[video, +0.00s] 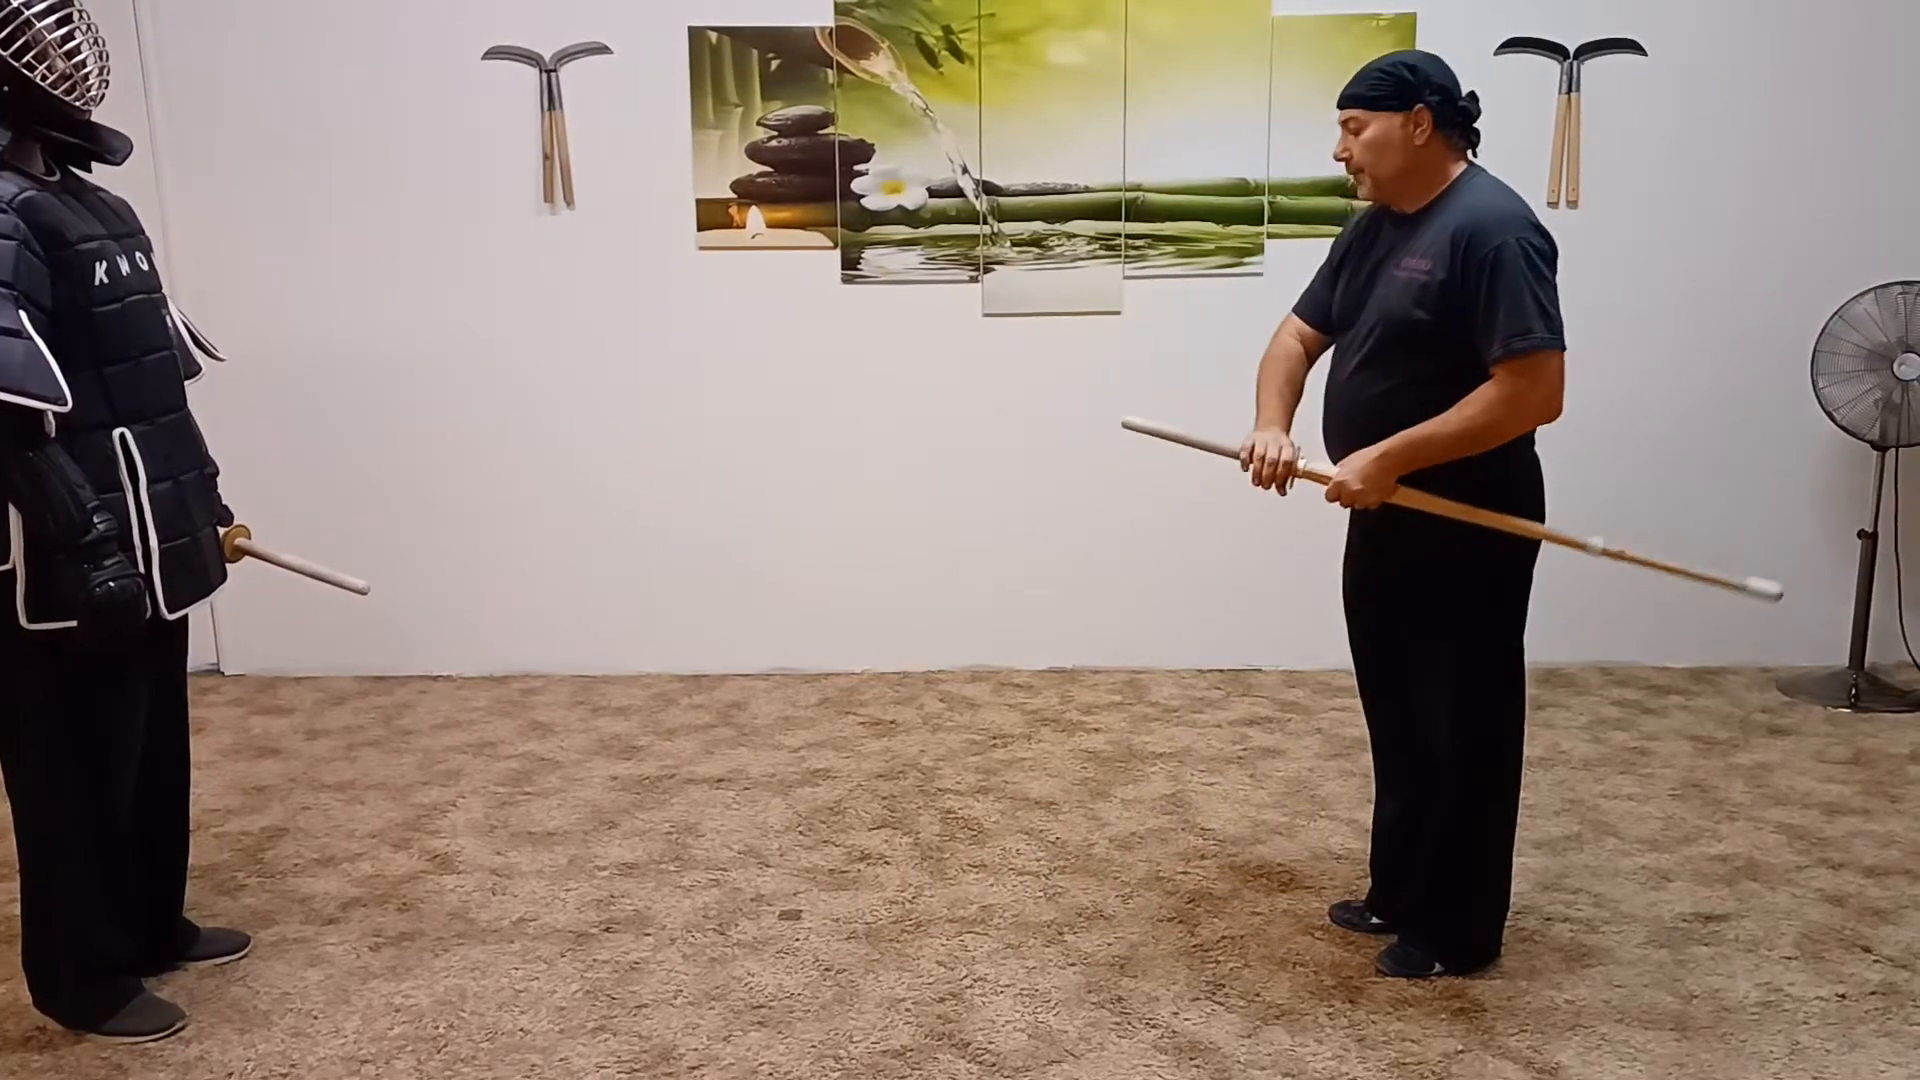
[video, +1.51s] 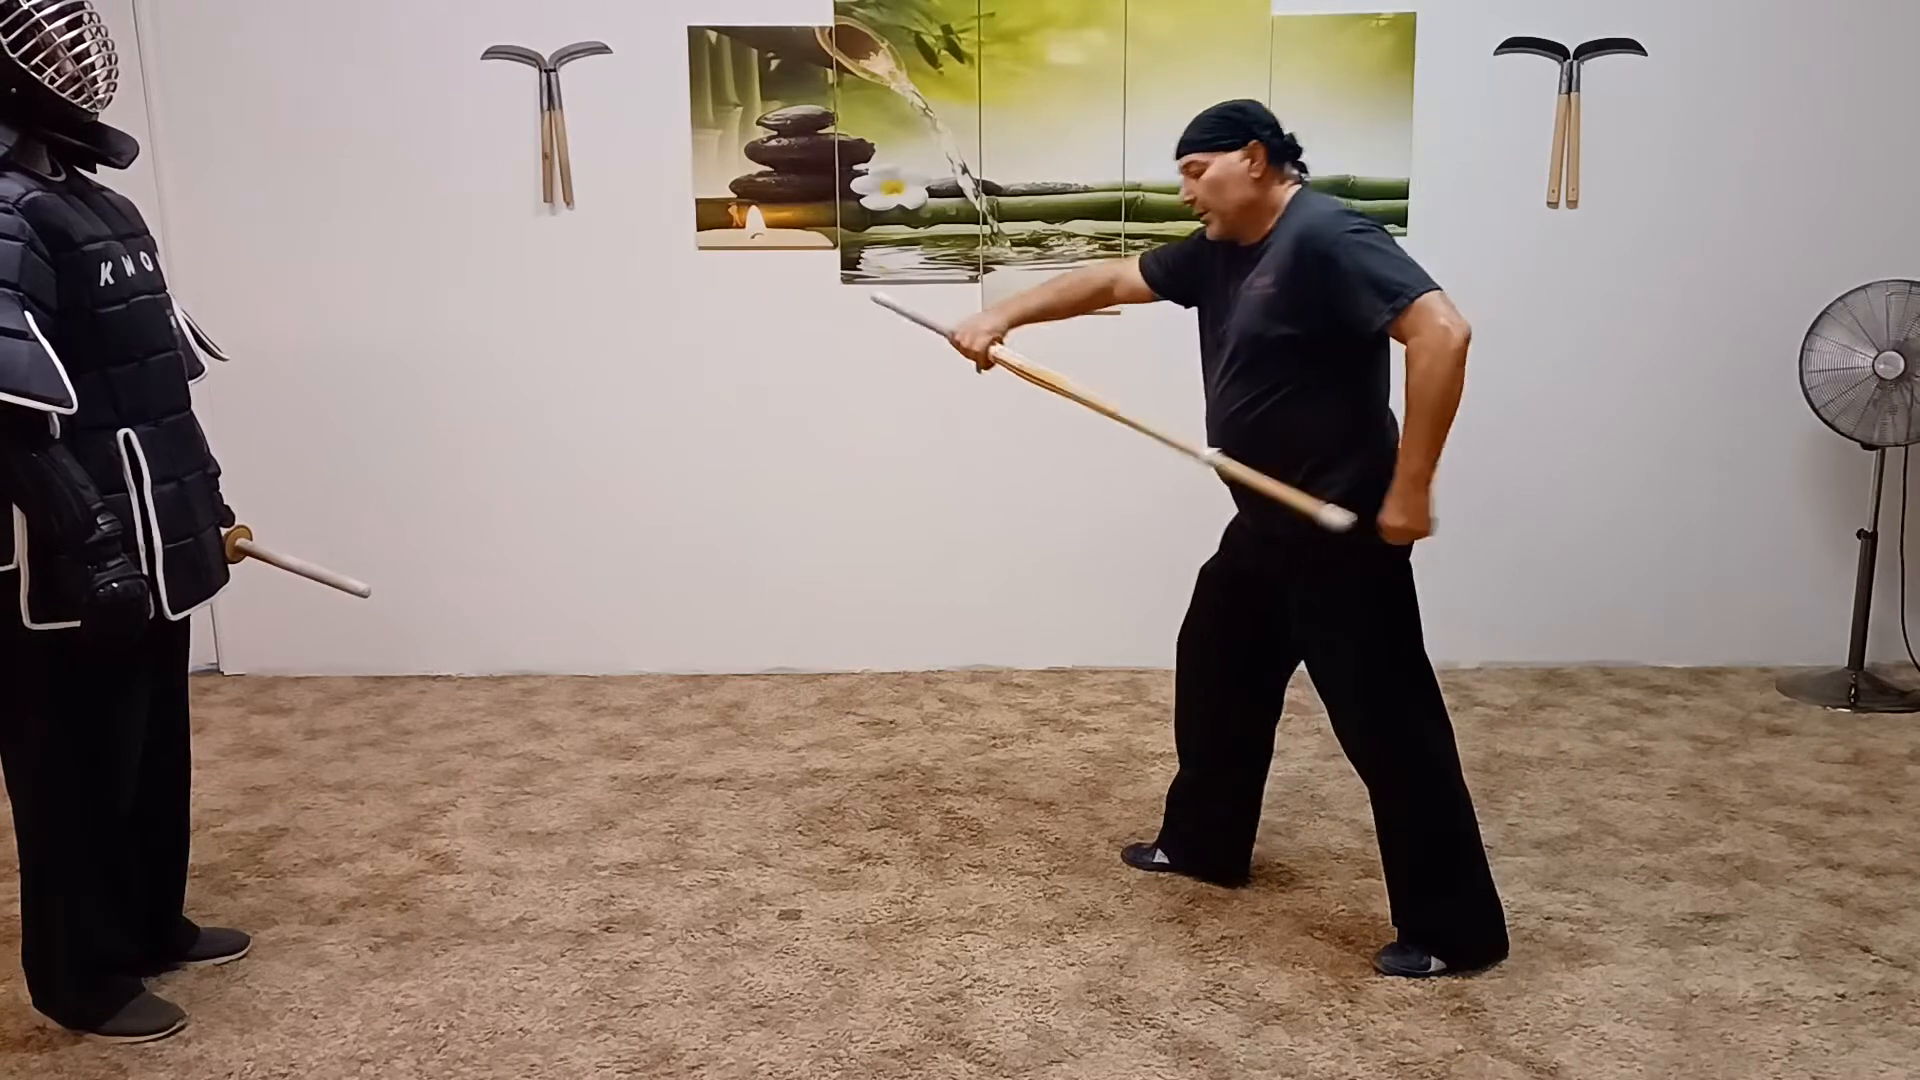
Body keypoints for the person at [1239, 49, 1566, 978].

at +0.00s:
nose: (1342, 150)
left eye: (1356, 128)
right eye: (1341, 131)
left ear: (1418, 124)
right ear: (1404, 132)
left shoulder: (1495, 227)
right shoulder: (1373, 228)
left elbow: (1533, 389)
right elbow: (1295, 339)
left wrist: (1391, 455)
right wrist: (1274, 426)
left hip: (1472, 518)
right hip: (1385, 509)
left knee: (1464, 718)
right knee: (1396, 710)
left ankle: (1459, 930)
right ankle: (1401, 897)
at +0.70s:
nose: (1346, 156)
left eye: (1358, 136)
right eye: (1347, 137)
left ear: (1418, 136)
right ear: (1409, 141)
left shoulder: (1489, 237)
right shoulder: (1390, 231)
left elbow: (1542, 394)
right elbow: (1303, 340)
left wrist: (1395, 462)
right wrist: (1253, 425)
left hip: (1451, 523)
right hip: (1374, 512)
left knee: (1435, 724)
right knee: (1321, 679)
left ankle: (1452, 933)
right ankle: (1265, 843)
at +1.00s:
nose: (1302, 164)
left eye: (1316, 145)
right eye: (1303, 147)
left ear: (1373, 146)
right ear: (1358, 151)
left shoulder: (1441, 241)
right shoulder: (1339, 247)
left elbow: (1515, 379)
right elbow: (1240, 328)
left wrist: (1387, 474)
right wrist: (1146, 399)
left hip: (1409, 530)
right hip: (1337, 519)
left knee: (1404, 725)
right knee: (1296, 689)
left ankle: (1452, 931)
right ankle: (1231, 837)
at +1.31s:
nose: (1224, 164)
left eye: (1238, 147)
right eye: (1223, 152)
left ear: (1296, 147)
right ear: (1271, 158)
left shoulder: (1366, 230)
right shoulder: (1255, 245)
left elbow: (1463, 343)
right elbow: (1142, 291)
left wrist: (1386, 479)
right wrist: (1030, 334)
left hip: (1359, 528)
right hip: (1283, 520)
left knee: (1395, 733)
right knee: (1247, 686)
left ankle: (1455, 929)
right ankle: (1213, 846)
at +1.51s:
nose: (1187, 188)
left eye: (1198, 168)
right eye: (1183, 174)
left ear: (1254, 159)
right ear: (1230, 170)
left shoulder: (1327, 232)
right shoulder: (1212, 257)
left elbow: (1438, 334)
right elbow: (1107, 283)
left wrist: (1413, 484)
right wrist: (998, 315)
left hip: (1346, 531)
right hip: (1262, 527)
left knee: (1393, 731)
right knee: (1216, 667)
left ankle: (1457, 929)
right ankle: (1204, 845)